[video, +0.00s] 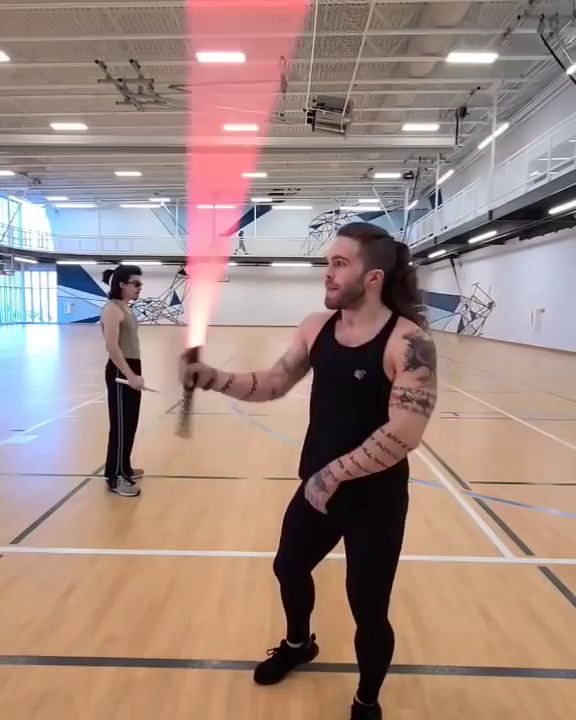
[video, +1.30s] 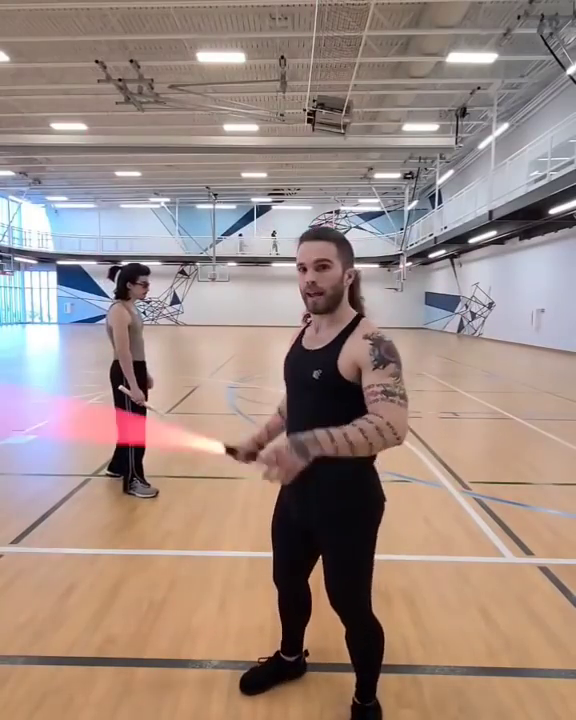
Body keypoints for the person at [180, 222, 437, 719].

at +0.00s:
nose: (327, 274)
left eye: (340, 265)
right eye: (328, 264)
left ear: (374, 277)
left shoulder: (409, 340)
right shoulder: (320, 326)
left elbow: (405, 432)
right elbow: (273, 382)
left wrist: (335, 472)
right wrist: (214, 378)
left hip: (377, 494)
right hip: (322, 483)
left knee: (368, 605)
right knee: (290, 565)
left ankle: (367, 700)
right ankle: (297, 642)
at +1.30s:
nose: (310, 279)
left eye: (322, 268)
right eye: (302, 269)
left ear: (349, 273)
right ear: (296, 275)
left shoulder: (371, 342)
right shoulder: (306, 333)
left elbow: (390, 424)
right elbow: (298, 404)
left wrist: (307, 445)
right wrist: (260, 438)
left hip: (349, 494)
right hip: (299, 486)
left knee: (351, 604)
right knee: (289, 579)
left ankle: (366, 699)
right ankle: (290, 655)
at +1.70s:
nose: (271, 284)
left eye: (284, 276)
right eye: (267, 274)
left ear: (312, 282)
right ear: (265, 276)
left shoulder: (320, 332)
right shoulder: (284, 330)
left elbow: (330, 372)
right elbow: (272, 415)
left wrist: (295, 380)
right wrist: (258, 473)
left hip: (301, 487)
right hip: (266, 482)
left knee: (316, 603)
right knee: (277, 575)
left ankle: (364, 692)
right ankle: (290, 655)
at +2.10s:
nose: (281, 282)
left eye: (293, 273)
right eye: (275, 272)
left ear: (318, 279)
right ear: (268, 276)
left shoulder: (329, 335)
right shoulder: (283, 332)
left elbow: (347, 397)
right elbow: (278, 410)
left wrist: (308, 435)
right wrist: (258, 459)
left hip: (309, 484)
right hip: (272, 478)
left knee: (306, 602)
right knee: (282, 576)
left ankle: (363, 691)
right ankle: (290, 655)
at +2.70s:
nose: (344, 287)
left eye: (358, 277)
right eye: (335, 275)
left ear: (381, 281)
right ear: (326, 276)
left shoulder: (398, 347)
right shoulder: (341, 327)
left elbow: (410, 416)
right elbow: (345, 398)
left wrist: (354, 396)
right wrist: (327, 445)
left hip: (380, 494)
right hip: (339, 479)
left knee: (376, 610)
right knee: (335, 563)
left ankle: (391, 715)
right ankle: (362, 646)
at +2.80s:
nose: (339, 279)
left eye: (352, 270)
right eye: (335, 269)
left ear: (384, 277)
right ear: (332, 270)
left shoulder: (396, 342)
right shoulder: (354, 327)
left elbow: (411, 425)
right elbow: (356, 409)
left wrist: (337, 439)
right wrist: (339, 467)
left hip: (384, 489)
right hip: (355, 480)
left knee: (376, 598)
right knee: (368, 574)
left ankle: (390, 714)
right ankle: (394, 646)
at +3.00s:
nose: (346, 283)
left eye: (352, 275)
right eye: (347, 274)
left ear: (379, 281)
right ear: (386, 282)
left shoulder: (375, 339)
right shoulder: (412, 331)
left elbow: (366, 429)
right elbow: (411, 417)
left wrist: (334, 480)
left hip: (376, 491)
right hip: (412, 484)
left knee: (377, 605)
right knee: (406, 567)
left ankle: (391, 713)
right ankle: (419, 655)